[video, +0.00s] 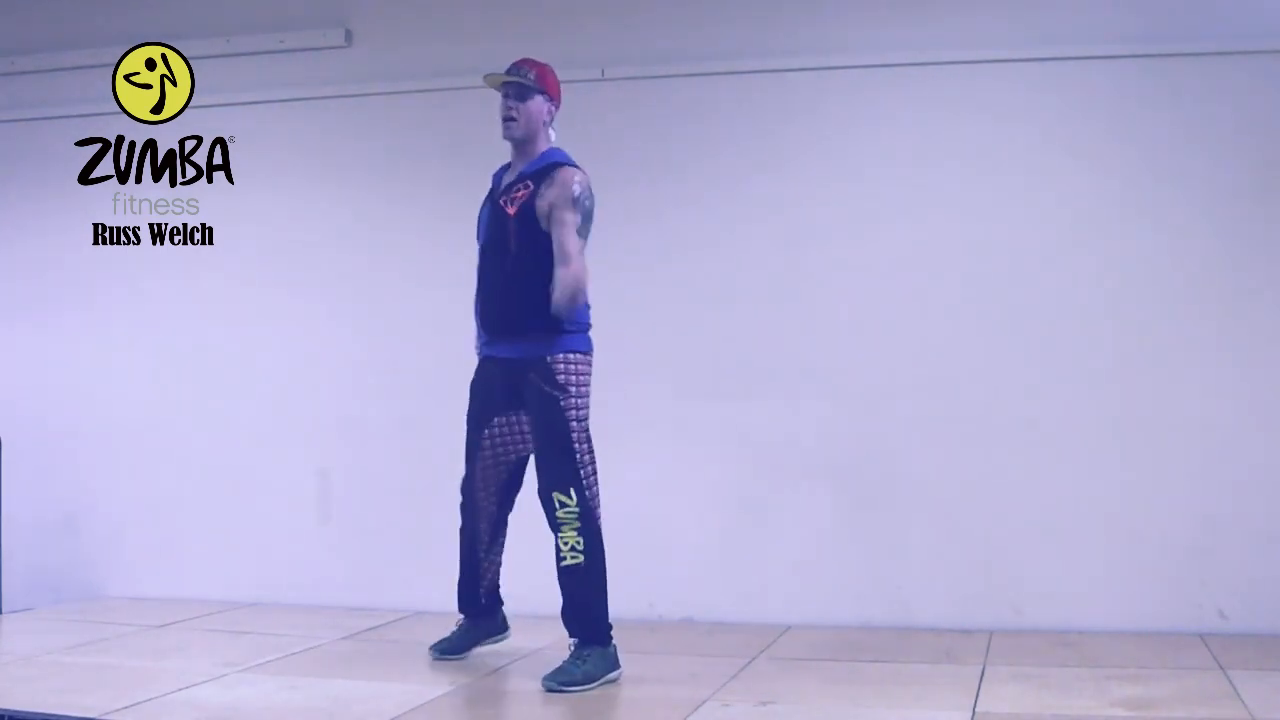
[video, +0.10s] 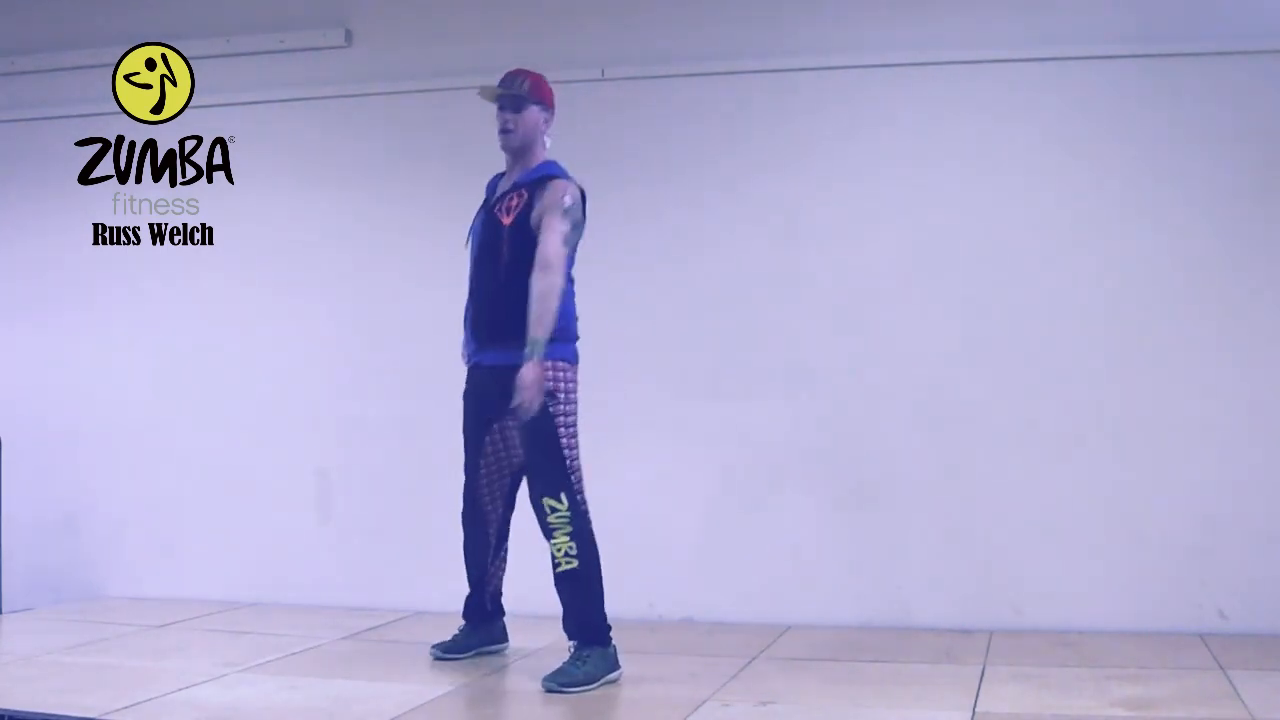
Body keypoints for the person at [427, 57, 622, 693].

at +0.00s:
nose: (508, 107)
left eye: (520, 98)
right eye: (504, 98)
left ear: (550, 108)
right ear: (501, 109)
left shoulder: (563, 179)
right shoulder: (501, 182)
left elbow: (571, 266)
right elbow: (498, 268)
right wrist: (493, 343)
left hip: (554, 360)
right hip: (500, 361)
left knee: (569, 500)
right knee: (482, 495)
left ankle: (594, 644)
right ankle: (482, 615)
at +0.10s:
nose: (505, 117)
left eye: (516, 108)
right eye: (500, 109)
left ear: (544, 117)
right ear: (496, 118)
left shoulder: (558, 187)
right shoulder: (494, 192)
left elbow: (551, 269)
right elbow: (485, 278)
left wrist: (535, 357)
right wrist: (474, 353)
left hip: (541, 364)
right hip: (489, 367)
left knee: (559, 505)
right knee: (483, 502)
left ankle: (593, 645)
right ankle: (483, 623)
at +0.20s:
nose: (488, 138)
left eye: (498, 127)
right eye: (481, 129)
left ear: (527, 129)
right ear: (476, 135)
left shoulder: (546, 202)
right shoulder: (482, 199)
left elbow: (517, 291)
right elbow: (463, 281)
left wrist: (475, 368)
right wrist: (455, 349)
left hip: (526, 370)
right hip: (476, 367)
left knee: (526, 499)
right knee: (472, 498)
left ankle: (581, 636)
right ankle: (485, 622)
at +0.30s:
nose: (469, 153)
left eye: (480, 143)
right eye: (463, 143)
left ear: (509, 143)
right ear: (459, 146)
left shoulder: (535, 211)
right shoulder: (468, 207)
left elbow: (516, 300)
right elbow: (455, 278)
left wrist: (438, 344)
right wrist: (449, 340)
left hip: (524, 365)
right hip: (472, 367)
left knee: (499, 474)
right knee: (464, 486)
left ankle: (556, 614)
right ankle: (485, 621)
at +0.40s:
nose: (455, 152)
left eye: (466, 141)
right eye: (448, 142)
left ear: (492, 144)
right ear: (441, 147)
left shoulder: (519, 208)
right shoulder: (456, 206)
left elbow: (519, 303)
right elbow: (469, 280)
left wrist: (434, 291)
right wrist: (456, 333)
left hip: (523, 366)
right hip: (472, 369)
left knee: (479, 469)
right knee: (461, 482)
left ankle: (531, 589)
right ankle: (484, 618)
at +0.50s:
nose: (451, 143)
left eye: (462, 132)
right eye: (444, 133)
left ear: (488, 134)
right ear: (437, 139)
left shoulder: (514, 200)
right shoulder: (456, 198)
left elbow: (521, 294)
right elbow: (472, 277)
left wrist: (439, 278)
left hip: (518, 362)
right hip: (472, 362)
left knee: (483, 482)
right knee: (469, 486)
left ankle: (525, 599)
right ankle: (483, 616)